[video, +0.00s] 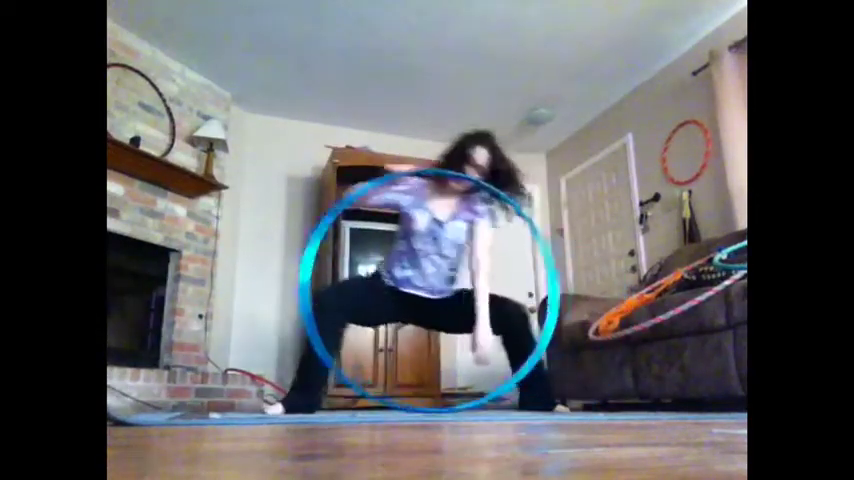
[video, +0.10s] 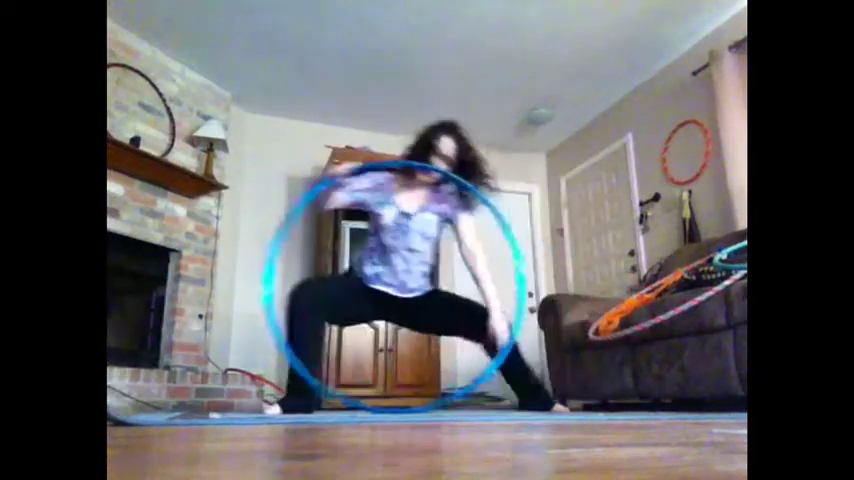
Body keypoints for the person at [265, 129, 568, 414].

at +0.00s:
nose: (470, 175)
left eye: (480, 171)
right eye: (467, 164)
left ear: (487, 177)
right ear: (453, 160)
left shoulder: (478, 210)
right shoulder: (414, 189)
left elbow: (480, 267)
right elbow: (355, 198)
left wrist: (480, 326)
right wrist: (383, 175)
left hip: (444, 303)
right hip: (391, 295)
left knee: (512, 315)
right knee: (331, 303)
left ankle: (540, 409)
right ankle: (300, 405)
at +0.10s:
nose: (436, 167)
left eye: (447, 163)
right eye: (433, 156)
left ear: (455, 168)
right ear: (419, 152)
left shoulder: (450, 201)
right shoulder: (381, 184)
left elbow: (473, 254)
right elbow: (327, 205)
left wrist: (496, 313)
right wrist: (333, 181)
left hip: (418, 301)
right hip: (366, 293)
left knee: (486, 322)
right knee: (307, 298)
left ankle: (540, 405)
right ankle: (300, 402)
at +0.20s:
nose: (415, 158)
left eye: (426, 155)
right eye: (411, 148)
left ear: (435, 162)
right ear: (398, 146)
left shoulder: (435, 197)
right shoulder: (360, 183)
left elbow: (466, 243)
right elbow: (302, 207)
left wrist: (500, 294)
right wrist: (306, 189)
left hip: (403, 301)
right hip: (350, 294)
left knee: (478, 333)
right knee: (291, 299)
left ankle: (530, 399)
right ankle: (298, 398)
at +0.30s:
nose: (393, 153)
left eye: (404, 149)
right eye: (389, 144)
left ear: (414, 158)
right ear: (376, 144)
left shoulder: (418, 197)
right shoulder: (341, 187)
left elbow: (462, 238)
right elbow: (284, 212)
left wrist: (498, 275)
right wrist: (275, 199)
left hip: (391, 302)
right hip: (338, 294)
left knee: (462, 337)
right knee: (276, 298)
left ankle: (536, 404)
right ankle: (294, 400)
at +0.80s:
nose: (317, 164)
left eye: (326, 156)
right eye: (309, 156)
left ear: (343, 161)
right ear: (299, 161)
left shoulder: (364, 195)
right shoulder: (289, 213)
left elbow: (413, 165)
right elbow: (245, 263)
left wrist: (422, 114)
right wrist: (202, 232)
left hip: (360, 318)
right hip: (310, 316)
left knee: (442, 363)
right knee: (250, 308)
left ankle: (541, 408)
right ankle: (288, 397)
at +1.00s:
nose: (321, 165)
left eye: (328, 156)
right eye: (312, 158)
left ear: (343, 159)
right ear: (302, 165)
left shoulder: (366, 186)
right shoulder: (302, 214)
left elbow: (387, 125)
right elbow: (274, 264)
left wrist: (342, 83)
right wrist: (257, 215)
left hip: (365, 314)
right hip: (319, 313)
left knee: (447, 346)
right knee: (263, 307)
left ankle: (538, 410)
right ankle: (290, 402)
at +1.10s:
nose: (338, 167)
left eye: (343, 157)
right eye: (328, 161)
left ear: (356, 159)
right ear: (315, 169)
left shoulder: (376, 189)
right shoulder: (314, 211)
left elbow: (382, 121)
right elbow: (308, 263)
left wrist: (326, 103)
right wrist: (300, 205)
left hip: (378, 311)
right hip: (330, 309)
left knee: (463, 339)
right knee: (279, 302)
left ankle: (537, 410)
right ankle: (289, 402)